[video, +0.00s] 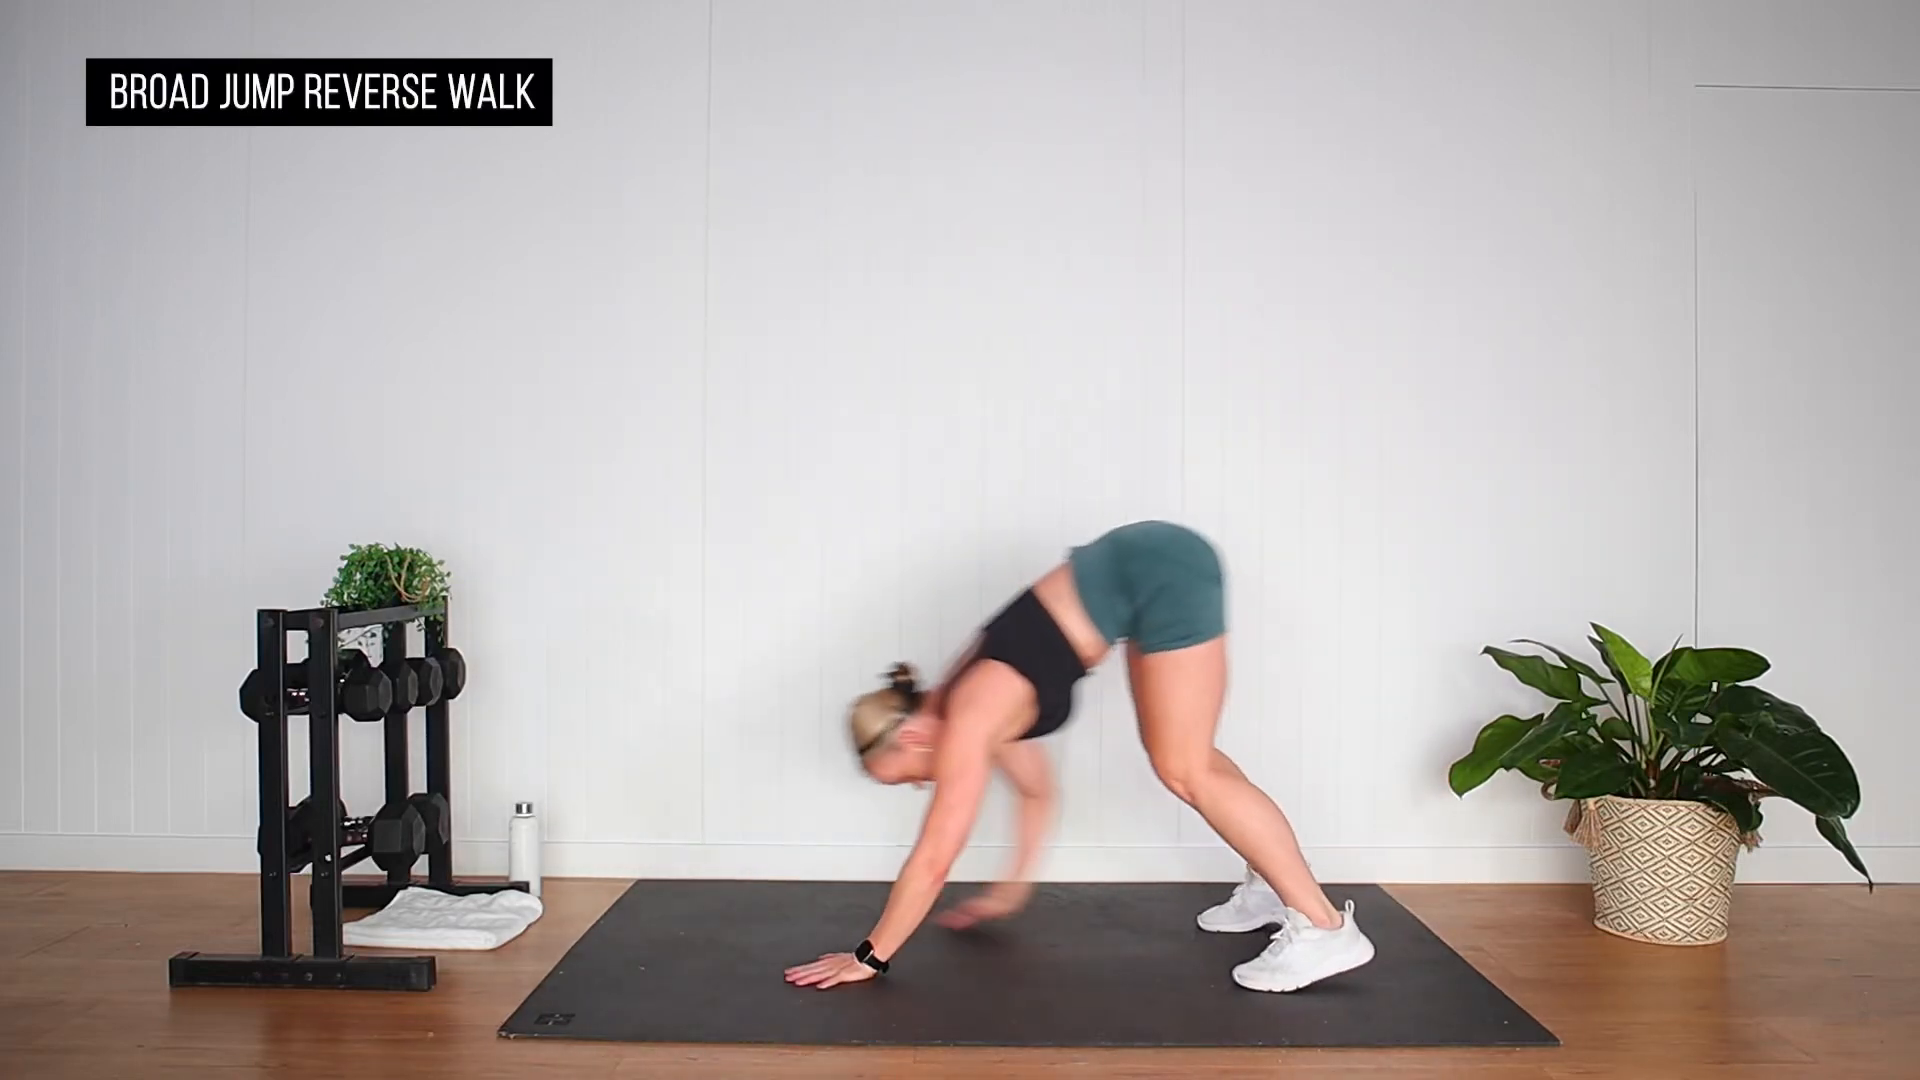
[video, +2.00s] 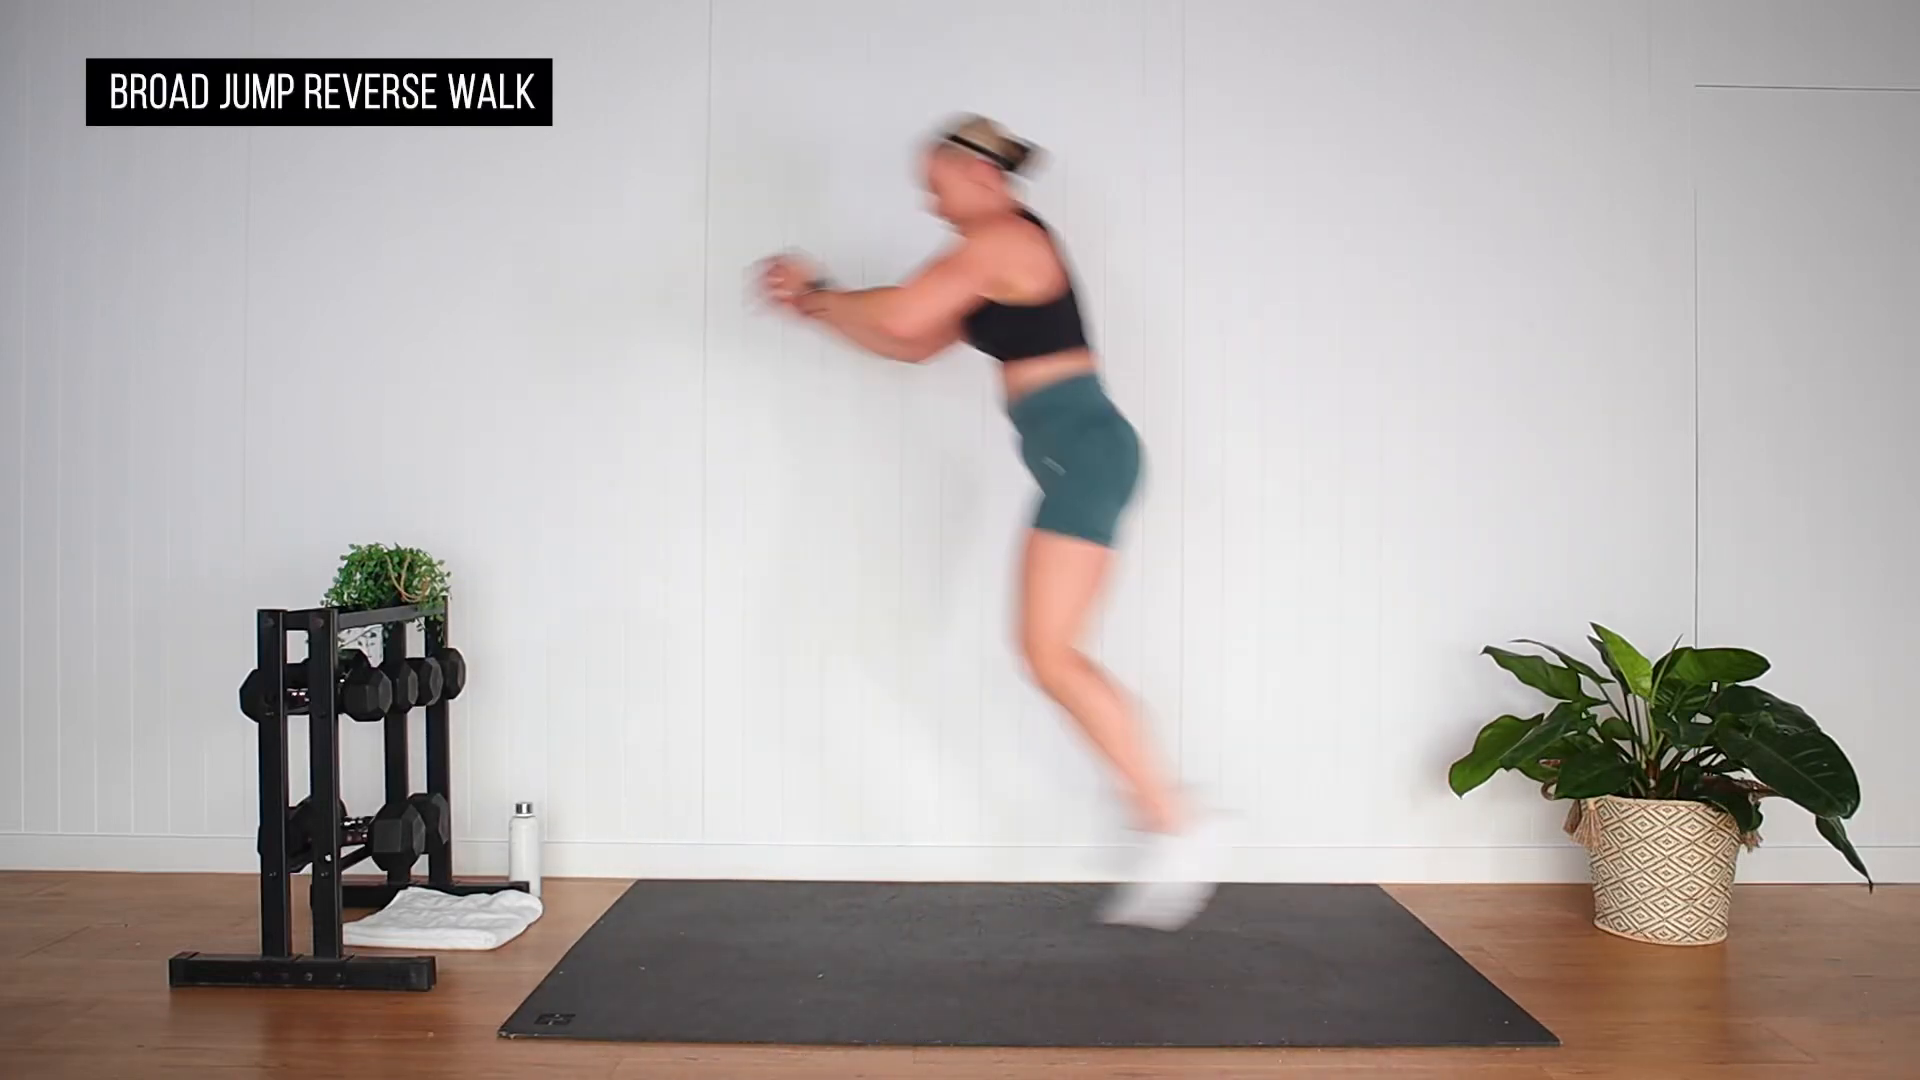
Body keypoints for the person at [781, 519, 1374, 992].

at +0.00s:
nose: (919, 784)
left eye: (906, 774)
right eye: (907, 781)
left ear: (914, 734)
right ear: (917, 729)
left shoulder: (972, 717)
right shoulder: (989, 711)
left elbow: (937, 854)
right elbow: (1038, 795)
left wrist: (871, 956)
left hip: (1165, 568)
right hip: (1151, 570)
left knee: (1187, 768)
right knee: (1188, 759)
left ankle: (1323, 924)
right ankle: (1278, 879)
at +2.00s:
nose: (929, 188)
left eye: (938, 173)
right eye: (930, 174)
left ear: (980, 173)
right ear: (985, 175)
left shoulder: (1005, 242)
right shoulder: (1006, 246)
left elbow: (902, 315)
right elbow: (911, 342)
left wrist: (818, 296)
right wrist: (816, 305)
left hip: (1085, 450)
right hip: (1077, 450)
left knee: (1051, 653)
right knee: (1051, 652)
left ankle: (1173, 824)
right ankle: (1166, 819)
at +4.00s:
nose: (848, 783)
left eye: (835, 775)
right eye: (835, 780)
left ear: (851, 733)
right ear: (850, 724)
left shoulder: (916, 715)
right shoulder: (894, 707)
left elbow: (924, 847)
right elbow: (854, 814)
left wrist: (886, 956)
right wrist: (770, 892)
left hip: (1106, 589)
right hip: (1099, 593)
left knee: (1216, 763)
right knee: (1209, 757)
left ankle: (1362, 916)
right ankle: (1321, 878)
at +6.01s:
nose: (1096, 375)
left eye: (1104, 358)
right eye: (1096, 360)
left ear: (1152, 358)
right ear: (1152, 361)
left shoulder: (1192, 440)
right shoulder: (1178, 437)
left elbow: (1169, 582)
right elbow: (1161, 570)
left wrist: (1108, 665)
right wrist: (1113, 653)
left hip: (1329, 608)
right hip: (1292, 610)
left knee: (1243, 777)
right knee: (1223, 759)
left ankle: (1378, 937)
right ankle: (1327, 888)